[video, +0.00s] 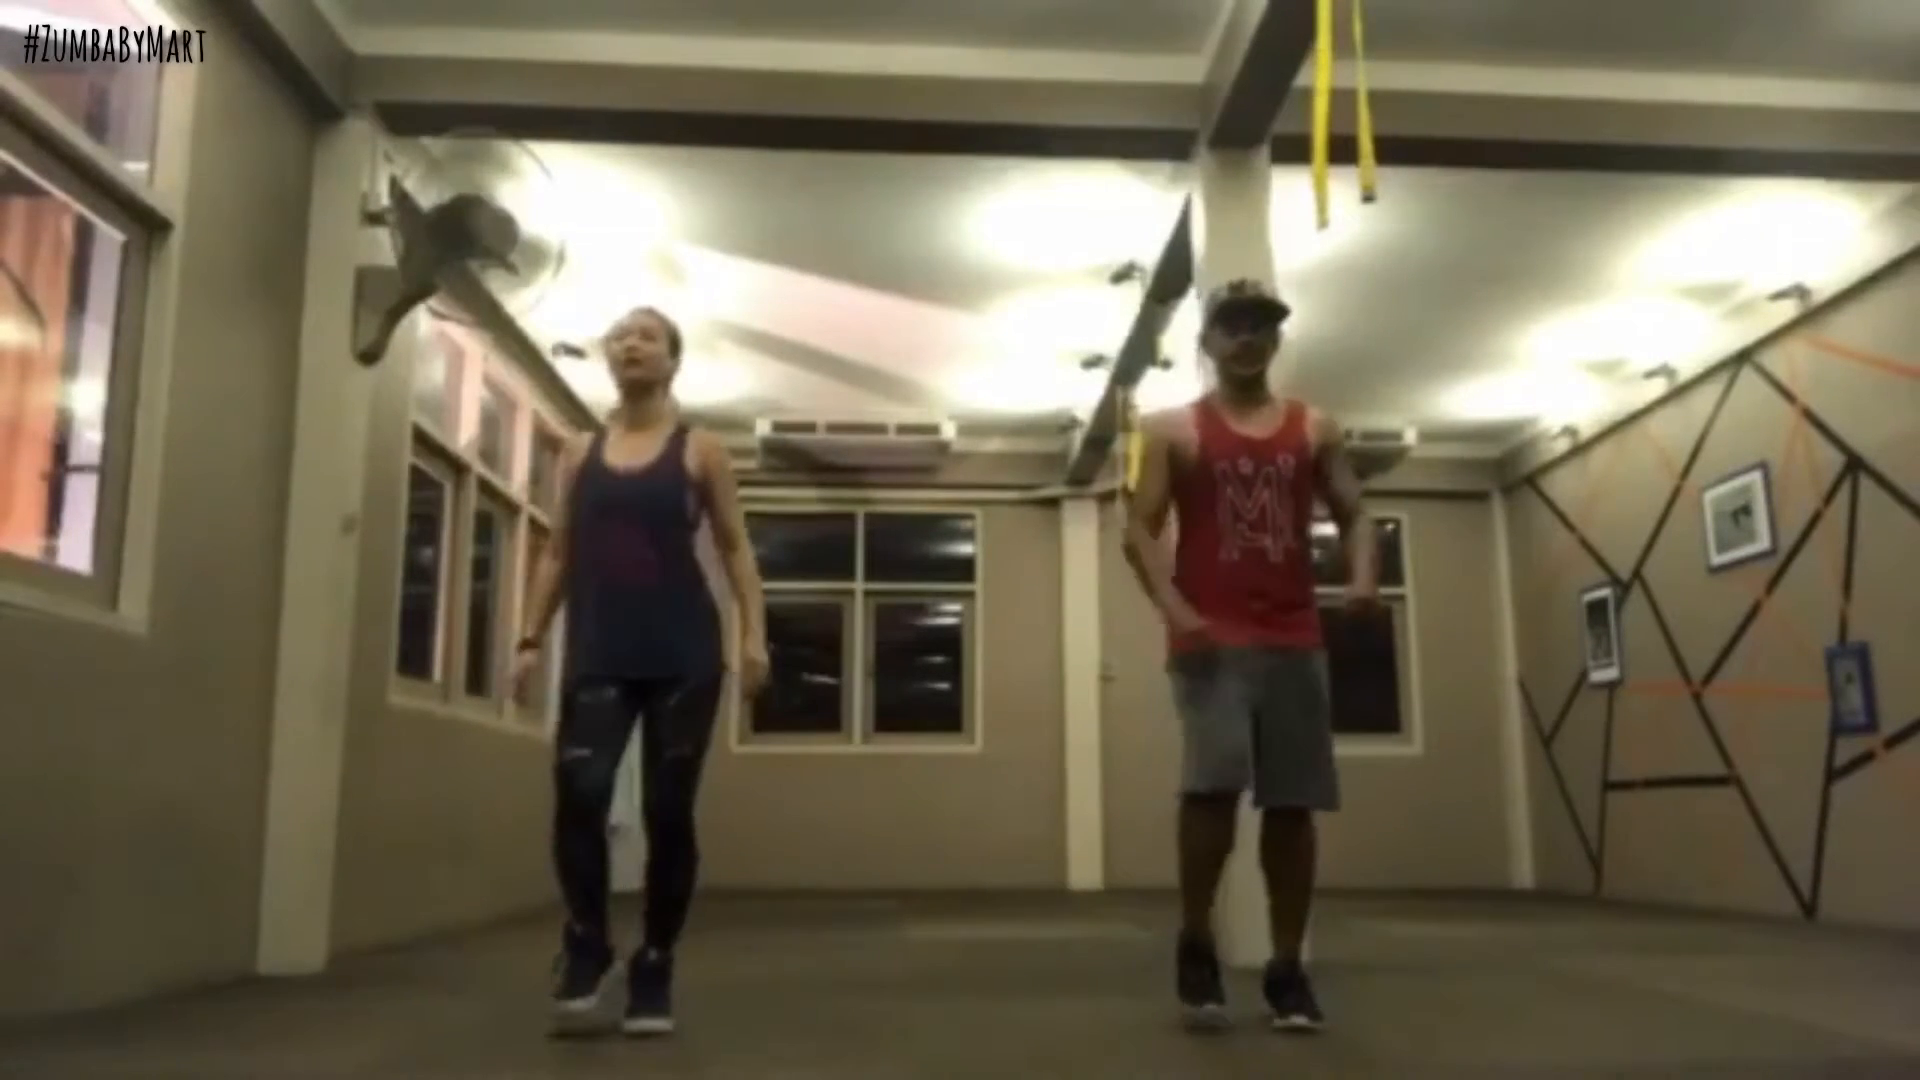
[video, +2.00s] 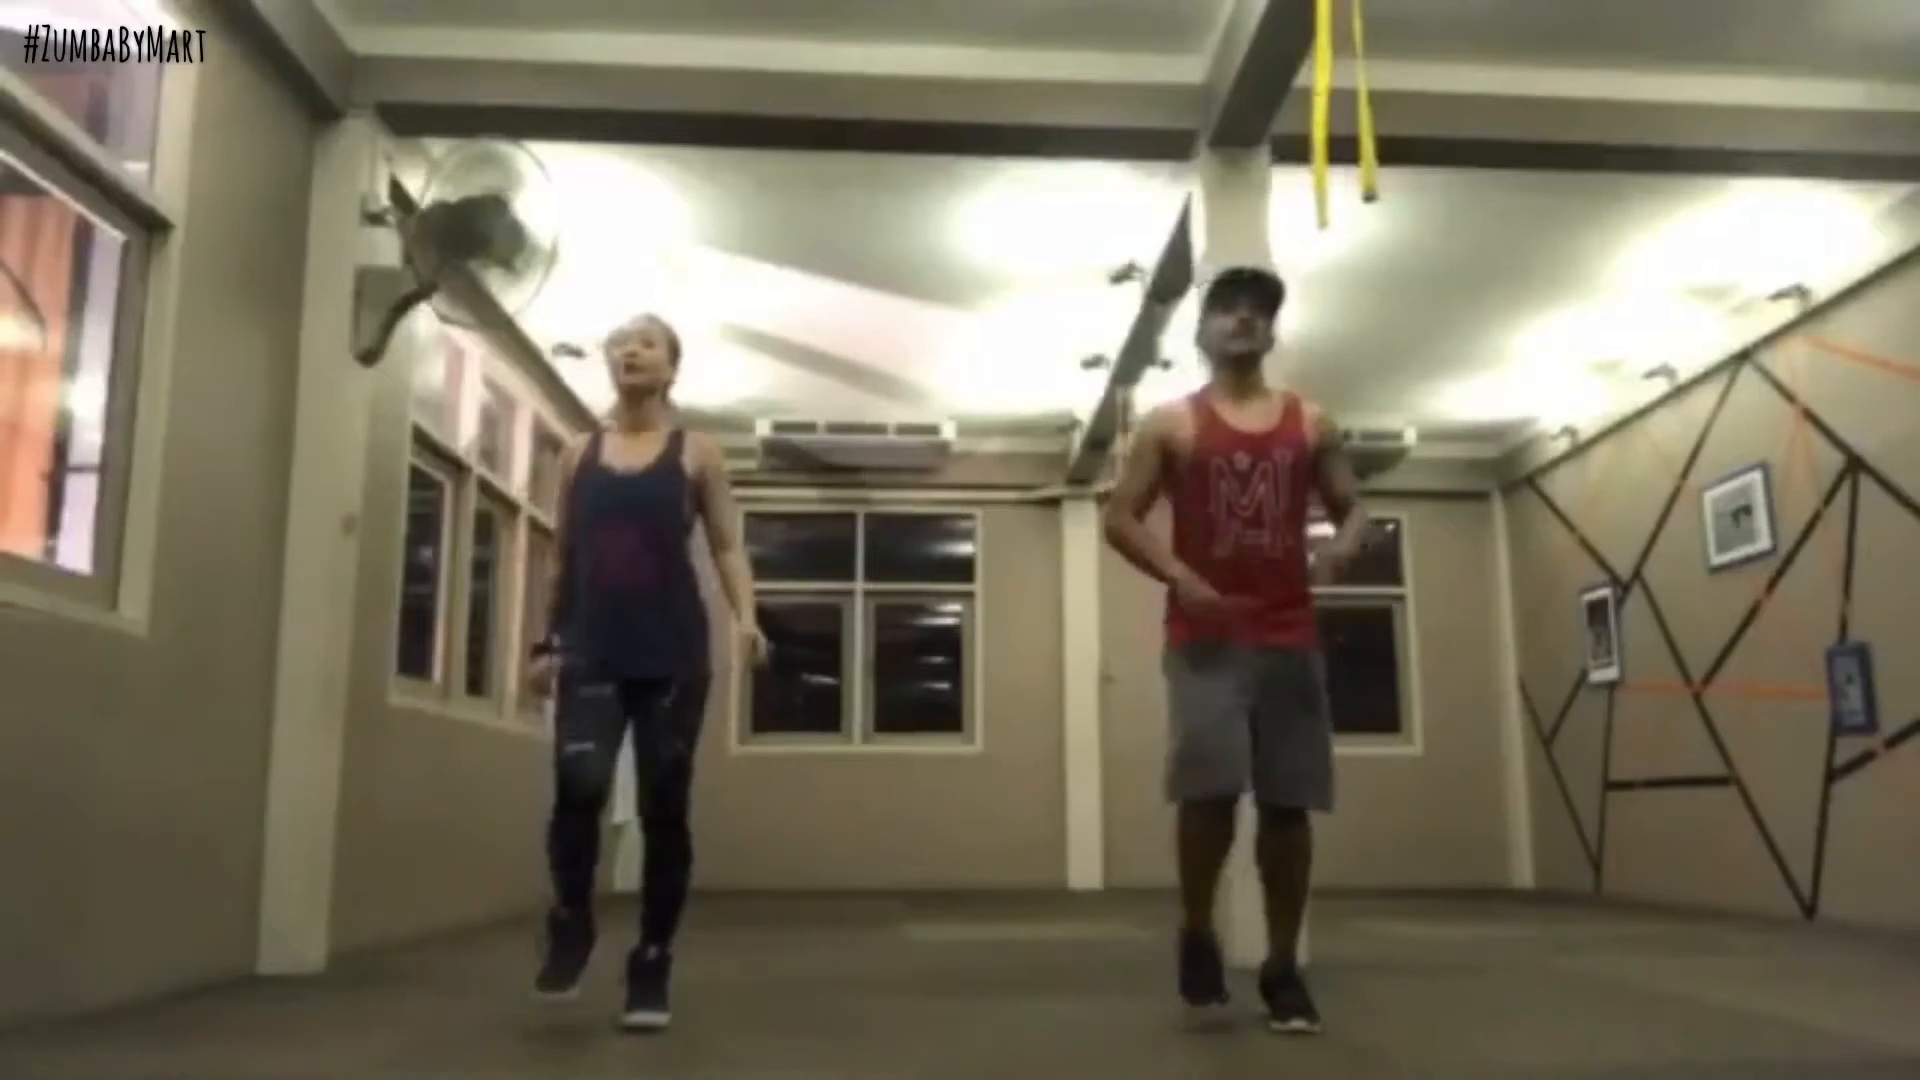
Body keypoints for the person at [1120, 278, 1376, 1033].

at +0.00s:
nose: (1249, 343)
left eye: (1262, 331)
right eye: (1234, 331)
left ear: (1278, 341)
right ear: (1208, 340)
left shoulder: (1312, 430)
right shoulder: (1175, 432)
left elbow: (1354, 514)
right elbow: (1138, 533)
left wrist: (1362, 580)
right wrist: (1174, 610)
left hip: (1293, 637)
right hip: (1213, 638)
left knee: (1292, 805)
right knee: (1213, 794)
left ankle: (1287, 966)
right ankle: (1197, 946)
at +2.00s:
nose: (1238, 323)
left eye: (1253, 312)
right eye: (1224, 311)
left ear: (1272, 329)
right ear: (1202, 327)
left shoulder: (1308, 423)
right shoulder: (1172, 424)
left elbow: (1351, 509)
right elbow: (1119, 518)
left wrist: (1344, 550)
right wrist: (1182, 579)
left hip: (1288, 636)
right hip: (1208, 638)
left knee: (1287, 807)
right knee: (1209, 797)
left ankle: (1283, 965)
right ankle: (1196, 937)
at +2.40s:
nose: (1223, 326)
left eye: (1238, 315)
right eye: (1209, 314)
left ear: (1257, 331)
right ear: (1186, 329)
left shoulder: (1287, 429)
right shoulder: (1151, 421)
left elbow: (1326, 516)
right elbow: (1081, 497)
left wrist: (1323, 550)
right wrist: (1155, 542)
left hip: (1272, 640)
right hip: (1183, 648)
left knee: (1291, 793)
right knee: (1189, 812)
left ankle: (1287, 946)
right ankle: (1191, 966)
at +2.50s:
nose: (1216, 325)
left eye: (1231, 313)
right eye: (1202, 313)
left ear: (1251, 328)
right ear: (1181, 327)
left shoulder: (1284, 423)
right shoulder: (1146, 416)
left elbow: (1320, 510)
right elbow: (1088, 496)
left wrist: (1327, 559)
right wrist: (1166, 517)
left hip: (1260, 629)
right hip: (1175, 637)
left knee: (1270, 783)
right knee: (1187, 806)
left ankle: (1271, 920)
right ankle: (1190, 965)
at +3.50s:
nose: (1308, 316)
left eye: (1320, 304)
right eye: (1293, 304)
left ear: (1336, 312)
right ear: (1263, 316)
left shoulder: (1371, 387)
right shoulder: (1230, 393)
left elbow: (1498, 401)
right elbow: (1133, 413)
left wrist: (1625, 383)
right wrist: (1154, 346)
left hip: (1354, 624)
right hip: (1258, 627)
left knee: (1430, 777)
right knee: (1227, 795)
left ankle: (1467, 912)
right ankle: (1193, 975)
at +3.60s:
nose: (1334, 332)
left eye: (1347, 320)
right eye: (1319, 317)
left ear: (1363, 329)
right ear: (1290, 326)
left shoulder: (1399, 405)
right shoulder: (1254, 418)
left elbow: (1526, 412)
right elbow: (1150, 434)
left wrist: (1645, 405)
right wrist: (1239, 384)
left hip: (1391, 651)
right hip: (1294, 652)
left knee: (1456, 815)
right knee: (1263, 813)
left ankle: (1523, 964)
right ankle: (1212, 983)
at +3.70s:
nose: (1354, 335)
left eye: (1367, 322)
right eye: (1337, 321)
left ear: (1383, 331)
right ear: (1309, 335)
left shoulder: (1423, 409)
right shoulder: (1281, 428)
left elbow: (1547, 415)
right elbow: (1167, 461)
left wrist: (1663, 410)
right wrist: (1262, 425)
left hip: (1424, 652)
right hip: (1321, 653)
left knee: (1476, 819)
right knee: (1256, 792)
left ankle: (1528, 979)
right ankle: (1219, 977)